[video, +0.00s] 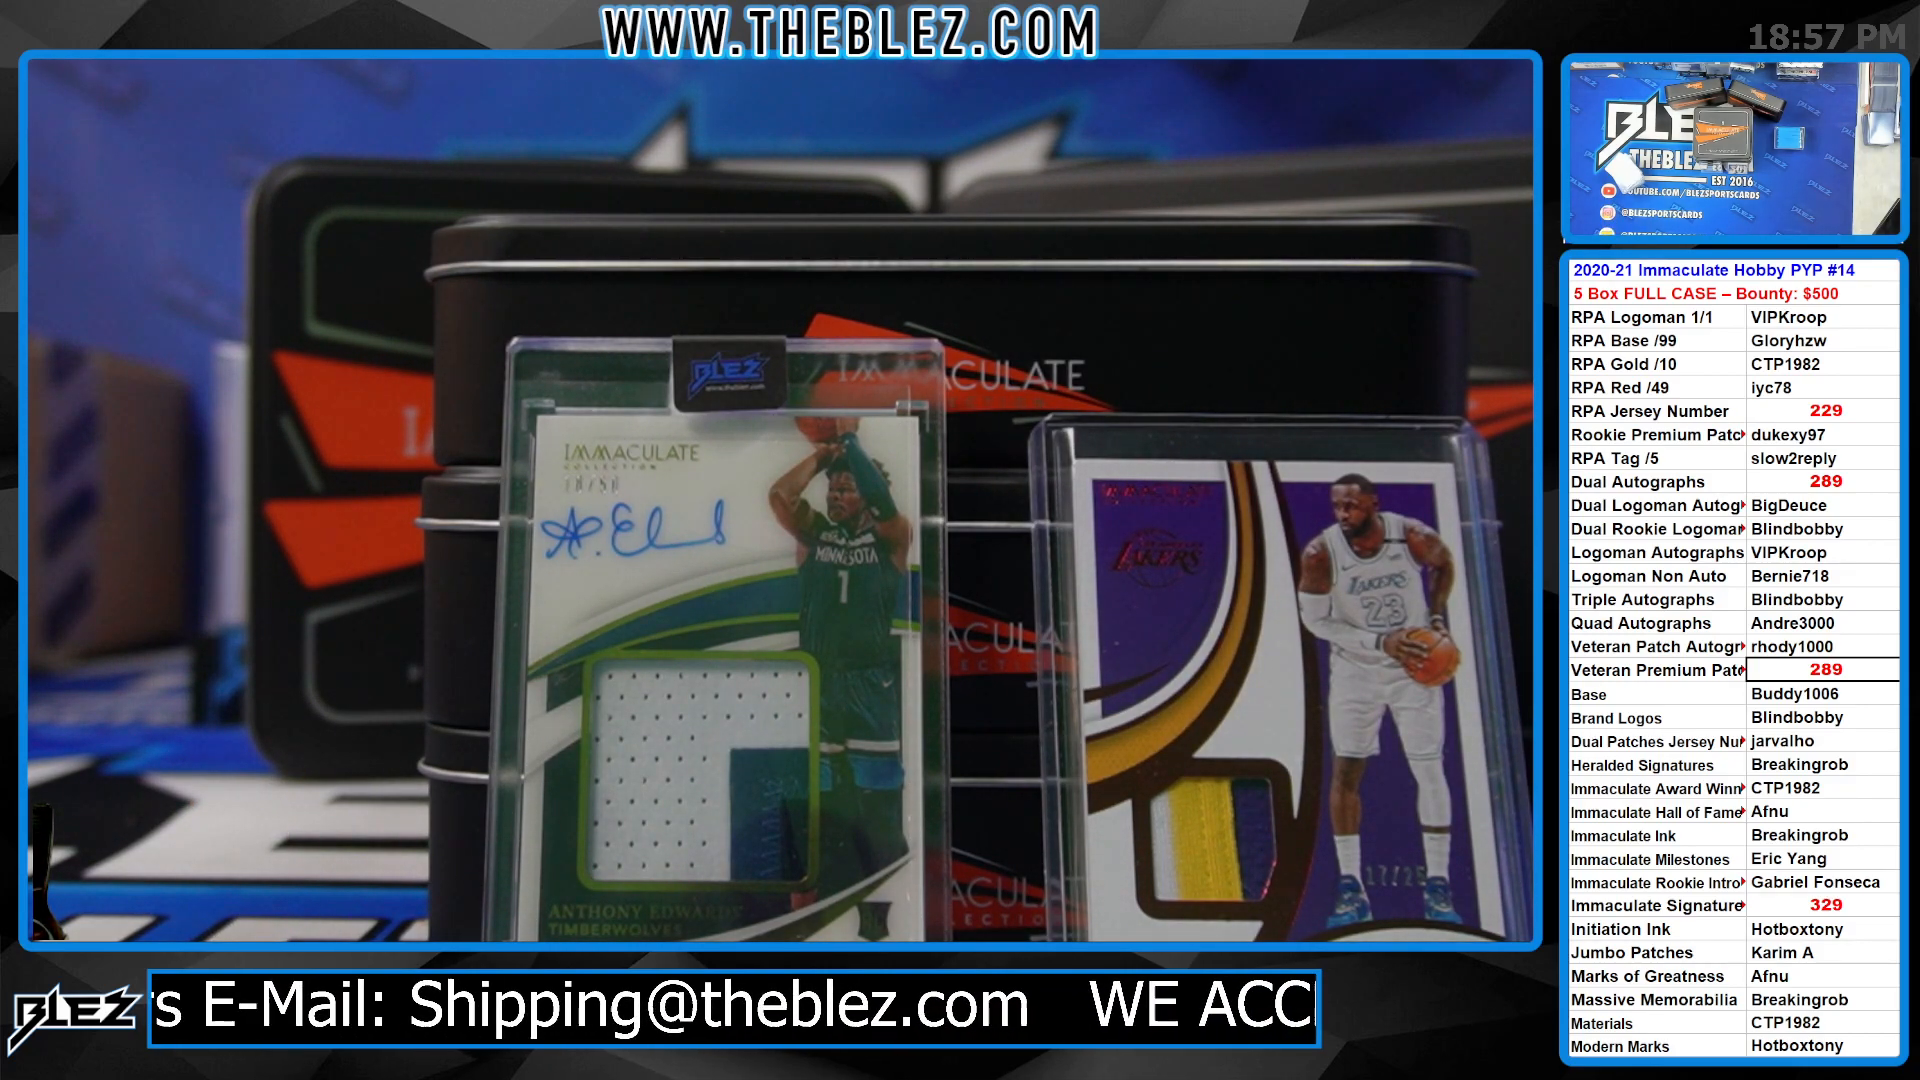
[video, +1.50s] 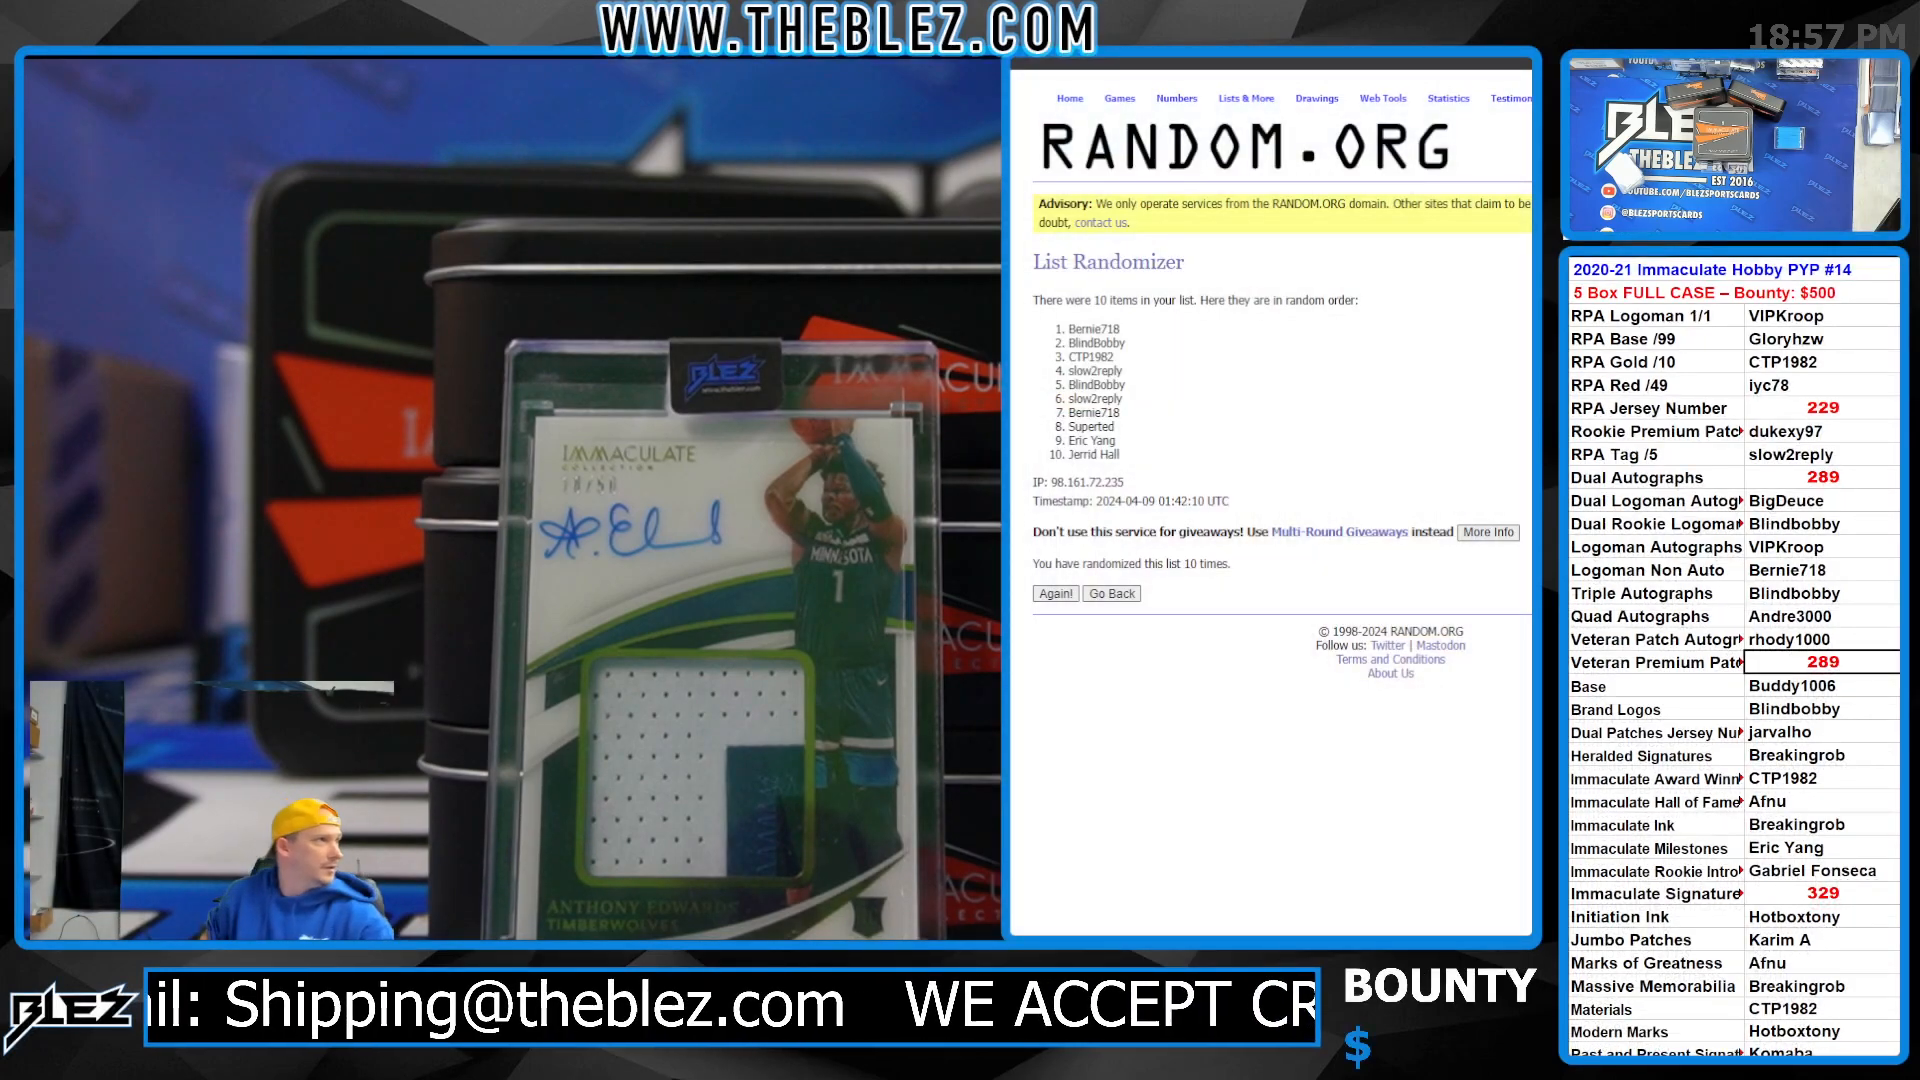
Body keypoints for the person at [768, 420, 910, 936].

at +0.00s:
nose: (841, 494)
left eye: (850, 487)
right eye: (835, 487)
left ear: (869, 494)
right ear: (826, 493)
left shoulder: (890, 539)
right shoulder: (815, 533)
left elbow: (883, 500)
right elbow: (780, 496)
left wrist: (850, 446)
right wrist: (818, 458)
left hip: (872, 678)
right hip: (817, 677)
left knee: (878, 797)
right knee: (823, 792)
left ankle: (877, 902)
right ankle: (824, 890)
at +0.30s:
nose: (841, 494)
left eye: (850, 487)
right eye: (835, 486)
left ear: (869, 494)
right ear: (826, 493)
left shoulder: (890, 539)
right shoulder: (815, 533)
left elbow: (883, 500)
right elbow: (780, 496)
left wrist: (850, 445)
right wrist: (818, 458)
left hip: (871, 677)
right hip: (818, 676)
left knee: (877, 796)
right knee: (824, 792)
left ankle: (878, 900)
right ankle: (824, 892)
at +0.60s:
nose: (841, 494)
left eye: (850, 487)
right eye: (835, 486)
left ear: (869, 494)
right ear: (827, 493)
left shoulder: (890, 539)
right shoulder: (815, 533)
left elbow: (883, 501)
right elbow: (780, 495)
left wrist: (850, 446)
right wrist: (819, 458)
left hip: (872, 680)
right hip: (817, 679)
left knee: (878, 799)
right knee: (825, 796)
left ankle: (877, 903)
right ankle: (827, 895)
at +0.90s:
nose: (840, 494)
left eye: (850, 487)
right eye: (834, 486)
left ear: (868, 494)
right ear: (826, 493)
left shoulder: (890, 539)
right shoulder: (814, 533)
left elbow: (883, 501)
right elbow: (780, 496)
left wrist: (850, 445)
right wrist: (819, 458)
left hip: (872, 678)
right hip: (817, 677)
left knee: (877, 798)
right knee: (823, 794)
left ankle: (876, 903)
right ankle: (824, 894)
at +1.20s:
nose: (835, 496)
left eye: (845, 489)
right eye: (830, 488)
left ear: (862, 495)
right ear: (822, 495)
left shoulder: (884, 539)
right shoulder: (809, 532)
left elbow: (876, 497)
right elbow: (776, 496)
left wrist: (844, 446)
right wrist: (814, 459)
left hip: (866, 679)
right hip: (813, 678)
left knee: (874, 795)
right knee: (821, 794)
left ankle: (873, 895)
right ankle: (824, 887)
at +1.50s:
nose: (835, 495)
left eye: (845, 488)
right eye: (829, 487)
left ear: (863, 495)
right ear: (821, 493)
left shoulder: (884, 539)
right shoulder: (809, 533)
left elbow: (880, 505)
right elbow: (776, 496)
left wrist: (846, 449)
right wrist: (813, 460)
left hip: (866, 675)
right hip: (813, 673)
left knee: (870, 789)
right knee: (818, 787)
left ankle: (872, 894)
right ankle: (823, 887)